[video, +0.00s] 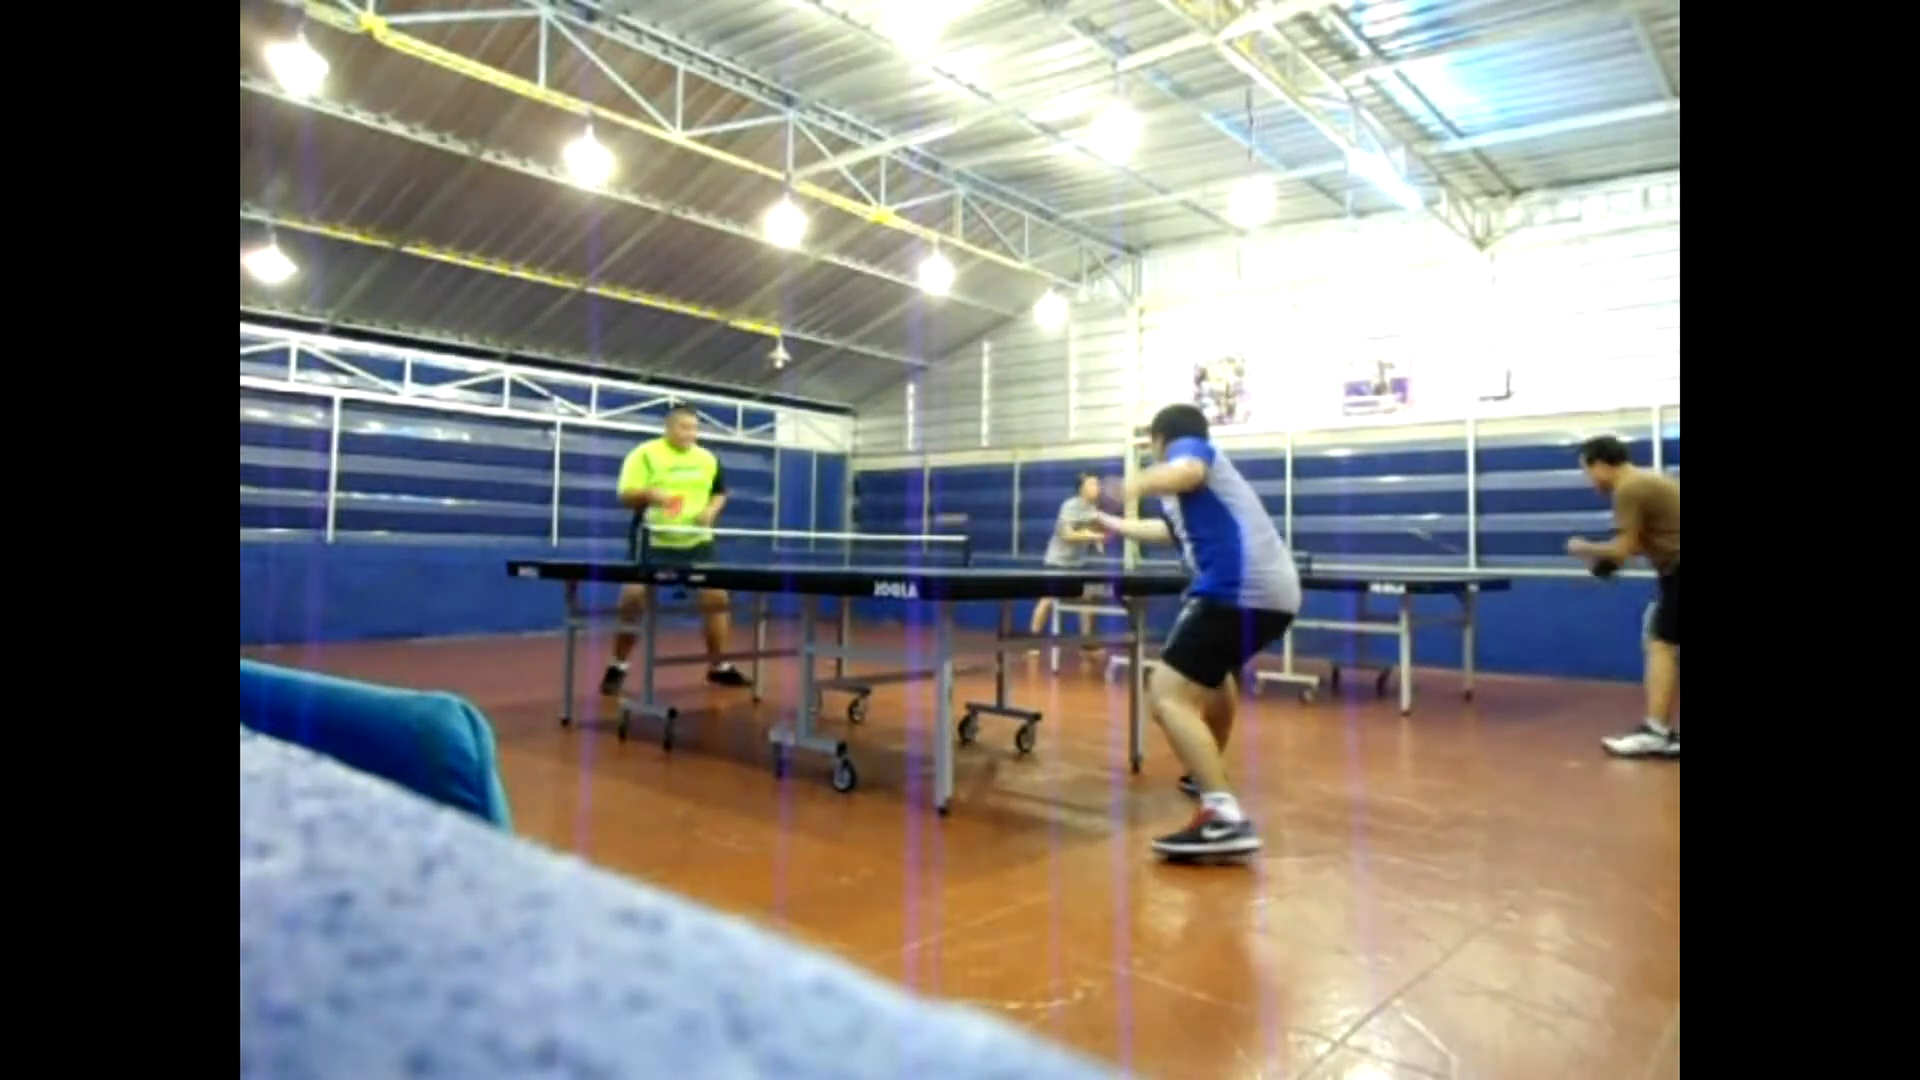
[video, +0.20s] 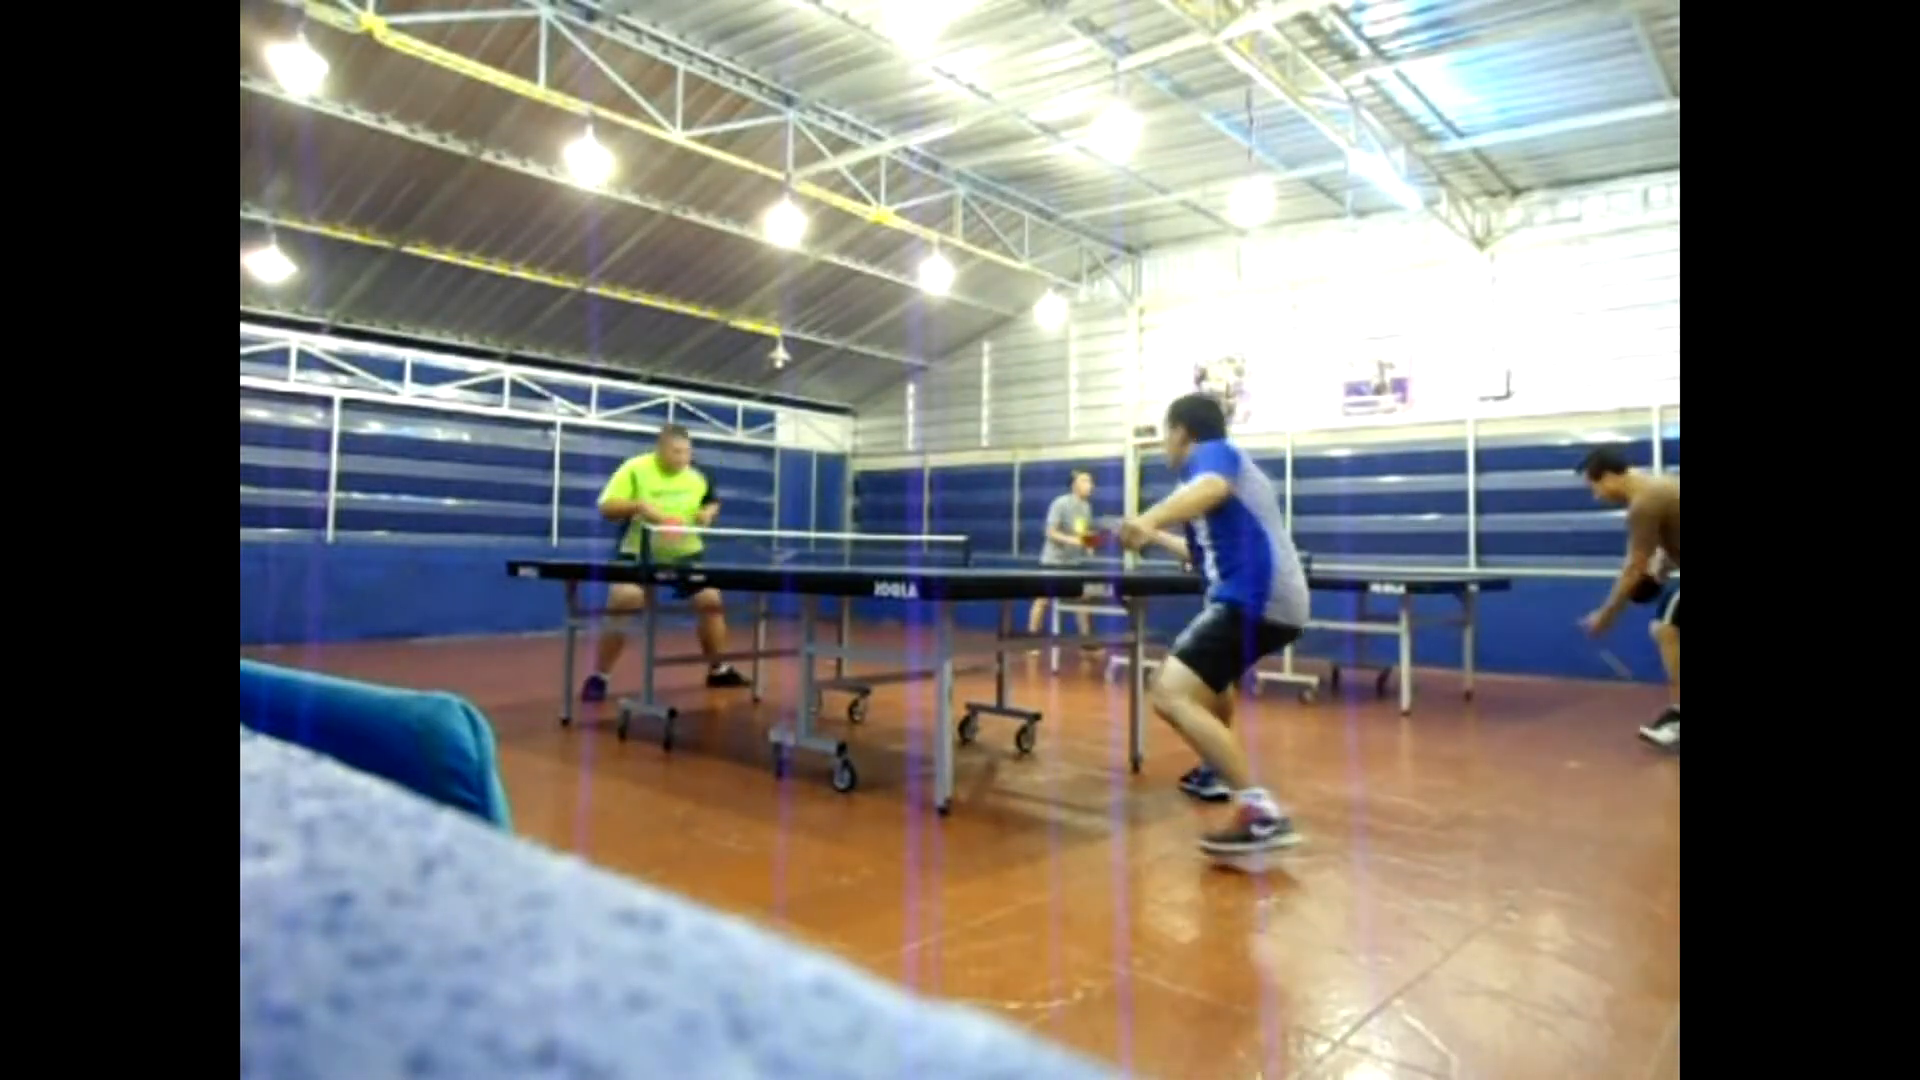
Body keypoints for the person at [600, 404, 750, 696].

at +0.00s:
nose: (689, 433)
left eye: (693, 427)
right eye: (683, 426)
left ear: (698, 430)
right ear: (669, 427)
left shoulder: (709, 460)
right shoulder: (645, 455)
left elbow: (719, 492)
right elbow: (627, 493)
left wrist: (710, 512)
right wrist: (654, 497)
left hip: (697, 539)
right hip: (655, 539)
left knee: (716, 598)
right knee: (633, 598)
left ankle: (719, 663)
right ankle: (618, 664)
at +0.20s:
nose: (682, 457)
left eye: (685, 451)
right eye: (675, 451)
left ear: (690, 452)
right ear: (660, 449)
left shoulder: (698, 478)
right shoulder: (635, 469)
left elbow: (713, 501)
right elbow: (608, 505)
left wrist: (706, 513)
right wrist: (639, 508)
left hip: (685, 553)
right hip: (639, 553)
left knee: (711, 601)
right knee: (624, 600)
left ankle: (718, 666)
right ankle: (601, 675)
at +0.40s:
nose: (673, 464)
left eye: (677, 459)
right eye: (668, 457)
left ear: (680, 459)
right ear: (652, 452)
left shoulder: (675, 477)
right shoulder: (625, 469)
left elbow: (676, 503)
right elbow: (635, 509)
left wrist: (692, 513)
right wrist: (679, 514)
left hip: (661, 551)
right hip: (622, 552)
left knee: (682, 602)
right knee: (617, 602)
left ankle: (714, 662)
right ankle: (600, 676)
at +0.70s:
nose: (665, 443)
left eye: (670, 438)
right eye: (659, 436)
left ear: (673, 442)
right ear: (643, 436)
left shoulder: (672, 470)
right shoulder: (621, 458)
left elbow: (672, 503)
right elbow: (598, 485)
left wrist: (688, 493)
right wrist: (631, 478)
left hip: (660, 546)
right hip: (624, 545)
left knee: (671, 602)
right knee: (624, 602)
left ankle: (664, 662)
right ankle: (601, 675)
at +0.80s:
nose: (667, 443)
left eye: (672, 438)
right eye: (661, 436)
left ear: (676, 442)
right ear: (646, 437)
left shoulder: (679, 474)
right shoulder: (623, 459)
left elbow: (677, 505)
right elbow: (589, 483)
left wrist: (692, 504)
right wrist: (616, 490)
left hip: (661, 548)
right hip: (623, 546)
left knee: (671, 603)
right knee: (617, 601)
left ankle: (663, 663)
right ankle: (599, 671)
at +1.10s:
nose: (648, 445)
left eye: (654, 439)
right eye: (642, 438)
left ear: (659, 443)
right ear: (629, 439)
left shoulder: (666, 472)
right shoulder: (607, 463)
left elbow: (685, 502)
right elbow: (574, 487)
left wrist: (673, 499)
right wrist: (598, 504)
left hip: (650, 552)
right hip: (604, 551)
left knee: (670, 599)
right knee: (580, 600)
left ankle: (664, 662)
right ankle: (538, 667)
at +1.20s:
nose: (638, 452)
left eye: (643, 447)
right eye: (633, 446)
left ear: (649, 451)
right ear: (621, 447)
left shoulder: (656, 479)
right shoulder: (598, 471)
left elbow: (677, 510)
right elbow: (566, 497)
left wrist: (664, 502)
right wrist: (595, 515)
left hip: (638, 560)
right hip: (594, 558)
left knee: (669, 599)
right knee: (572, 602)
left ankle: (662, 662)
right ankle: (537, 670)